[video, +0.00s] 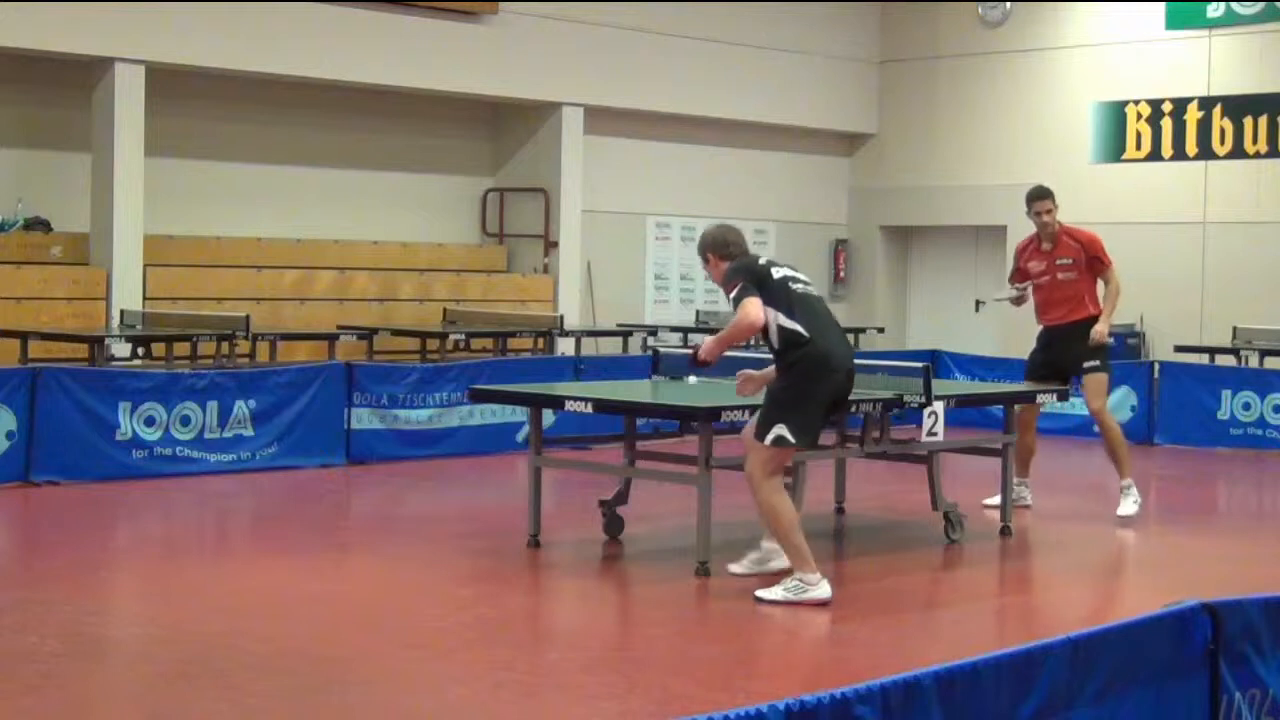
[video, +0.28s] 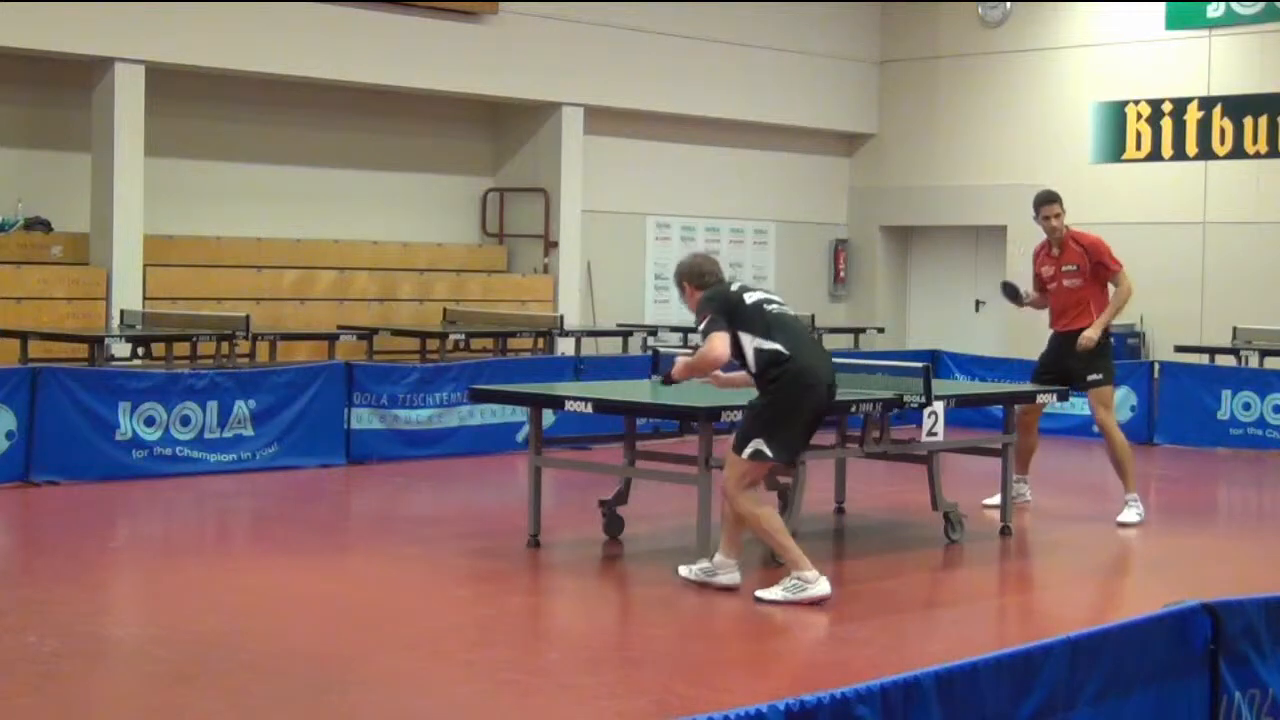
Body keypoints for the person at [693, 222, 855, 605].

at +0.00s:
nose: (709, 274)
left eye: (707, 266)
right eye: (707, 267)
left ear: (715, 259)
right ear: (742, 251)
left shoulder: (740, 271)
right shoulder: (777, 270)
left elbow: (752, 318)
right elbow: (813, 340)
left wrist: (716, 344)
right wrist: (766, 375)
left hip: (813, 368)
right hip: (838, 365)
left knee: (761, 469)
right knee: (756, 440)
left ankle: (809, 577)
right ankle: (774, 545)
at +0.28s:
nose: (686, 302)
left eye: (683, 294)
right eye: (684, 295)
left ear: (690, 288)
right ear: (717, 279)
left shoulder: (713, 300)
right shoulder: (748, 294)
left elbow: (717, 353)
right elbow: (774, 367)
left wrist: (683, 369)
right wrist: (724, 380)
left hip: (793, 384)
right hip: (816, 381)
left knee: (737, 485)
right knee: (736, 467)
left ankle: (807, 575)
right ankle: (725, 563)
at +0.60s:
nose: (656, 324)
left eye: (654, 316)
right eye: (653, 316)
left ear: (662, 311)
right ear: (689, 301)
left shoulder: (681, 322)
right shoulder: (716, 314)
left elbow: (675, 385)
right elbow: (724, 382)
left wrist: (654, 379)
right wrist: (675, 379)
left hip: (766, 397)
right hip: (795, 393)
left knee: (709, 494)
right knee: (713, 456)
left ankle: (798, 565)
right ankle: (718, 562)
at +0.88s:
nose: (640, 334)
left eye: (638, 327)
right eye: (638, 328)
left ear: (645, 321)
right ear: (671, 310)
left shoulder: (661, 332)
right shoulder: (699, 319)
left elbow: (656, 402)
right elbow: (706, 385)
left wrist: (641, 384)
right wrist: (661, 383)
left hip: (751, 398)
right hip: (783, 394)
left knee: (699, 496)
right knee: (705, 466)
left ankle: (791, 559)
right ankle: (718, 563)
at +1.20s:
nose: (629, 335)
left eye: (627, 328)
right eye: (627, 329)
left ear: (634, 323)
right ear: (660, 312)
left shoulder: (650, 333)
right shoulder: (687, 319)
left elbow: (646, 404)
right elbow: (696, 384)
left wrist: (630, 382)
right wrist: (649, 381)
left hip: (743, 394)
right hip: (775, 388)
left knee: (693, 493)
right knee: (710, 480)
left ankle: (785, 555)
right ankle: (718, 563)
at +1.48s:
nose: (629, 318)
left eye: (628, 310)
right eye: (628, 311)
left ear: (636, 306)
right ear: (661, 298)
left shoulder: (654, 321)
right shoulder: (686, 313)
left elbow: (645, 391)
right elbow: (689, 381)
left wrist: (626, 368)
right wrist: (630, 388)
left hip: (753, 390)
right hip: (772, 384)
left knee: (712, 498)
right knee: (700, 455)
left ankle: (804, 555)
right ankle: (717, 562)